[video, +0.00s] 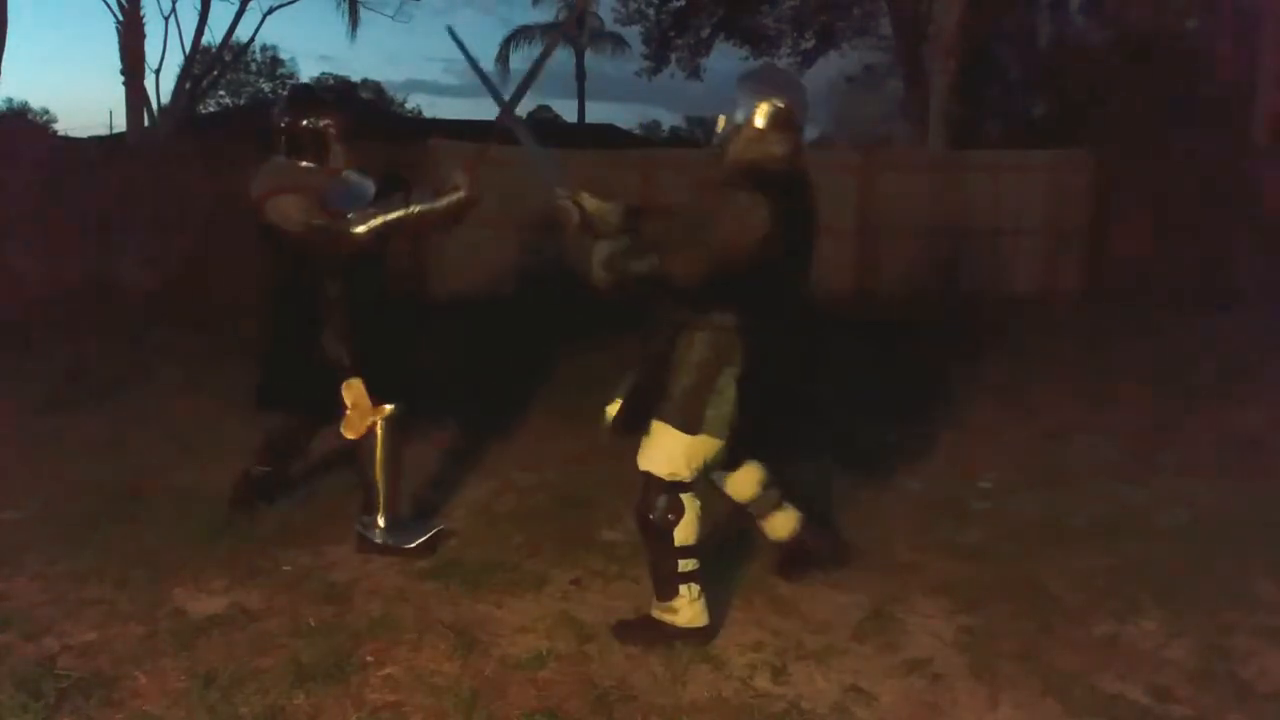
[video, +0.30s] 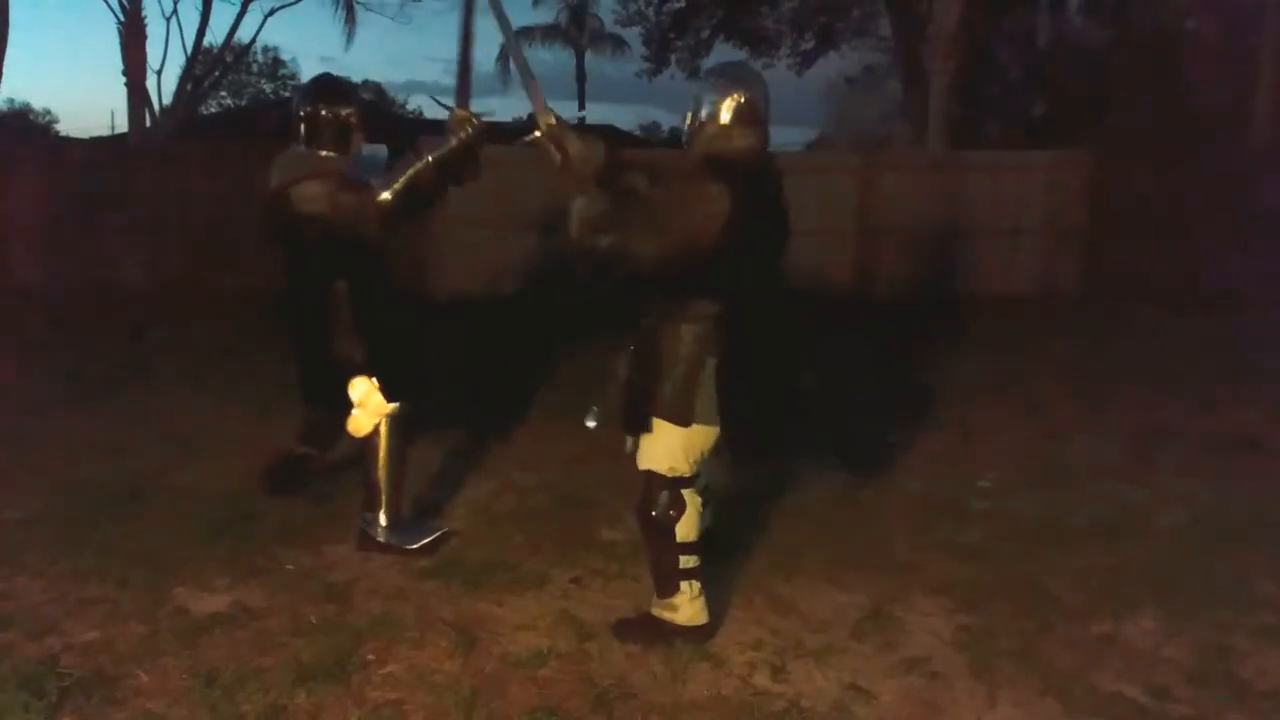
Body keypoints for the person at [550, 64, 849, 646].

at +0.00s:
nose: (743, 138)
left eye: (755, 126)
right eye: (745, 125)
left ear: (773, 132)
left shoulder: (763, 194)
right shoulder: (760, 182)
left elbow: (700, 262)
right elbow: (691, 227)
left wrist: (624, 260)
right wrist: (618, 219)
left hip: (722, 340)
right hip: (731, 332)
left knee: (665, 473)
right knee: (715, 449)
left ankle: (680, 611)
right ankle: (797, 537)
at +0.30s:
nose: (695, 132)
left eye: (706, 122)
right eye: (700, 121)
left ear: (724, 125)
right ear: (743, 126)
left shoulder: (731, 188)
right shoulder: (726, 178)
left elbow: (658, 246)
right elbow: (645, 171)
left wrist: (596, 211)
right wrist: (577, 147)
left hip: (706, 341)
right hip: (694, 335)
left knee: (666, 475)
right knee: (667, 464)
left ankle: (681, 607)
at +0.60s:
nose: (695, 134)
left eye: (704, 124)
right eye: (698, 124)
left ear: (729, 126)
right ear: (744, 126)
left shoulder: (733, 189)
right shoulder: (720, 178)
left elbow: (667, 235)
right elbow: (643, 168)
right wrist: (566, 150)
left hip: (699, 338)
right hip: (688, 333)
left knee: (665, 466)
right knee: (667, 461)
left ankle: (683, 604)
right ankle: (680, 596)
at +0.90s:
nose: (693, 125)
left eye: (702, 115)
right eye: (698, 115)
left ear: (722, 119)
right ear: (751, 122)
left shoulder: (725, 185)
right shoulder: (746, 179)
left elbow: (673, 244)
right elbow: (671, 226)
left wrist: (597, 238)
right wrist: (602, 224)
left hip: (698, 345)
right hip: (711, 340)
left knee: (659, 475)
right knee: (673, 470)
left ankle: (682, 609)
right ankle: (684, 603)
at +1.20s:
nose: (704, 124)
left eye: (712, 114)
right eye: (710, 113)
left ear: (728, 118)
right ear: (769, 120)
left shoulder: (720, 180)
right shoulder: (771, 179)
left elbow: (669, 238)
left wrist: (614, 235)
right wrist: (634, 235)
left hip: (703, 338)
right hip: (746, 332)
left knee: (665, 474)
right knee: (716, 446)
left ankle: (684, 610)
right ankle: (721, 529)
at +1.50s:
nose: (712, 129)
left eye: (719, 119)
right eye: (718, 119)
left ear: (734, 123)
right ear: (773, 125)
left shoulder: (740, 183)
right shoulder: (775, 178)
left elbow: (686, 242)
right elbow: (693, 216)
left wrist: (620, 215)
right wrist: (631, 203)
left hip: (719, 333)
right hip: (749, 329)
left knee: (683, 467)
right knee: (716, 433)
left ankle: (687, 607)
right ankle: (728, 528)